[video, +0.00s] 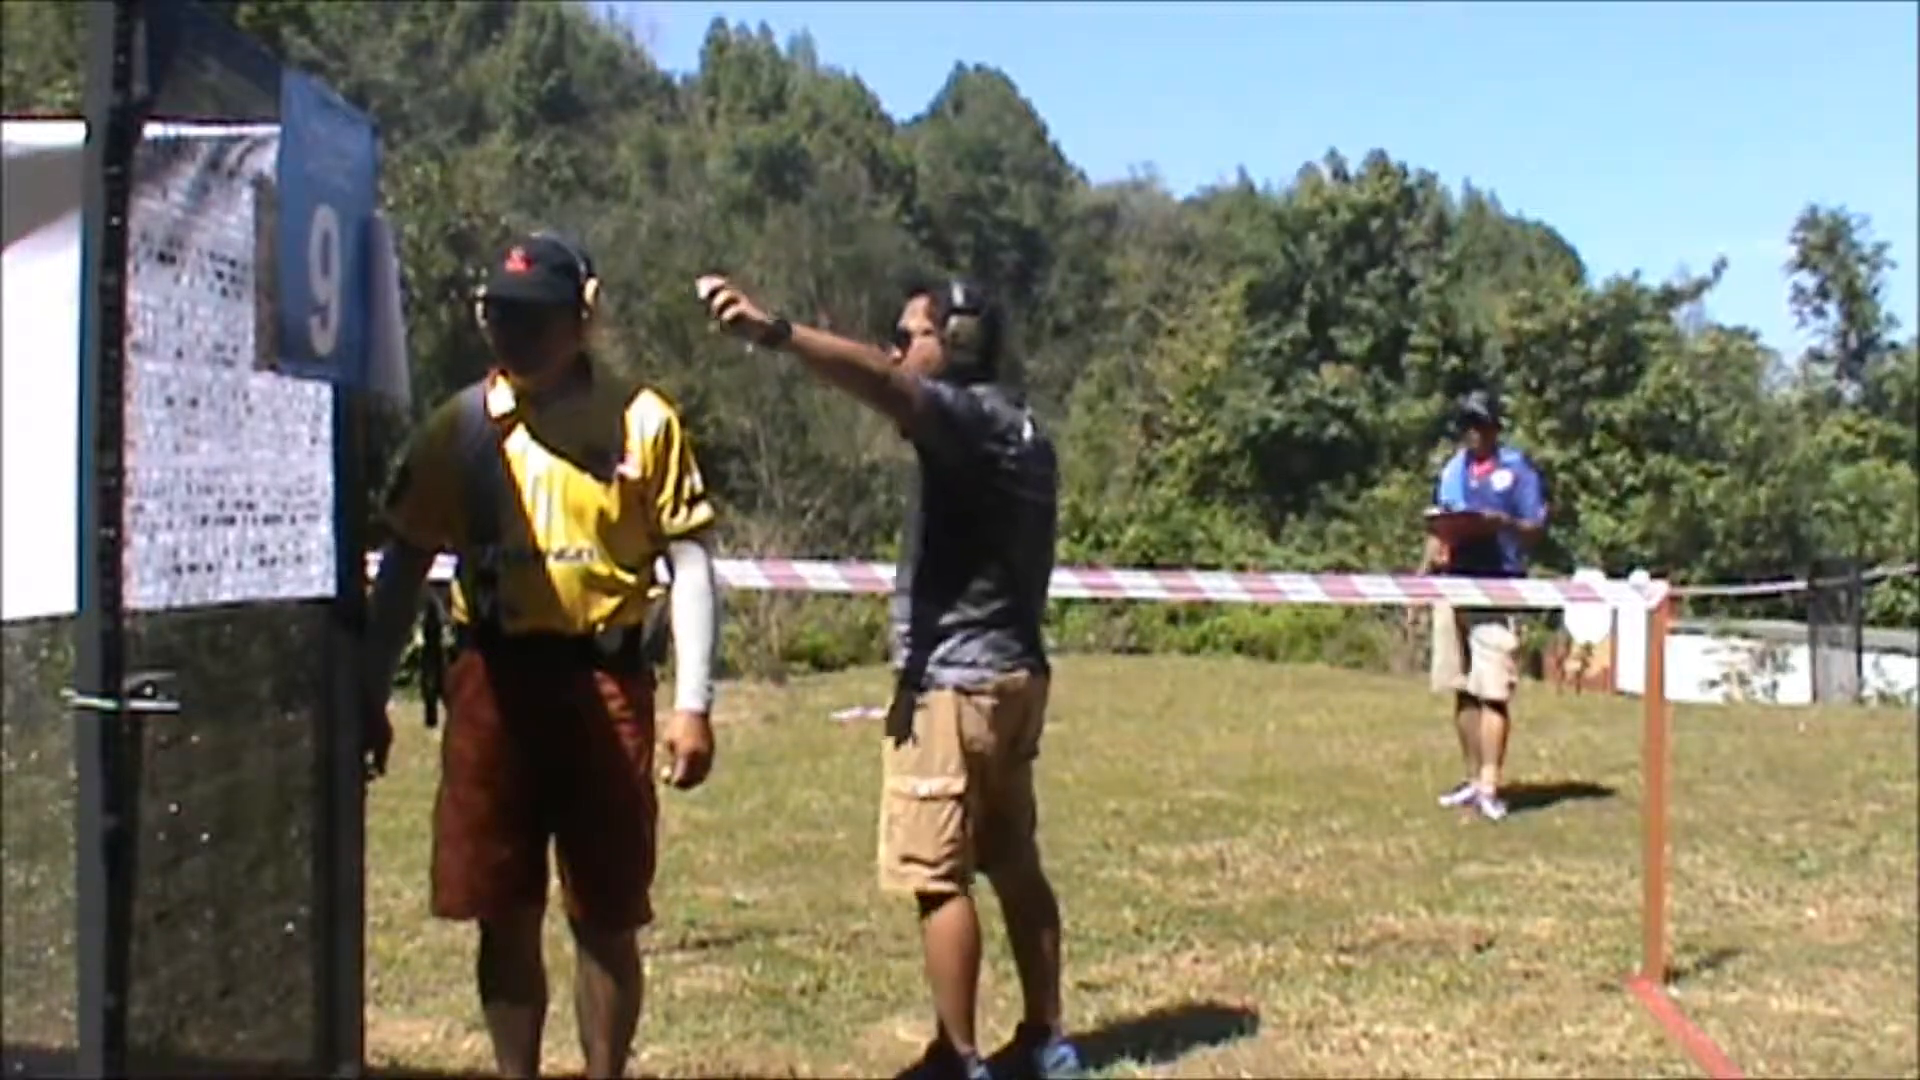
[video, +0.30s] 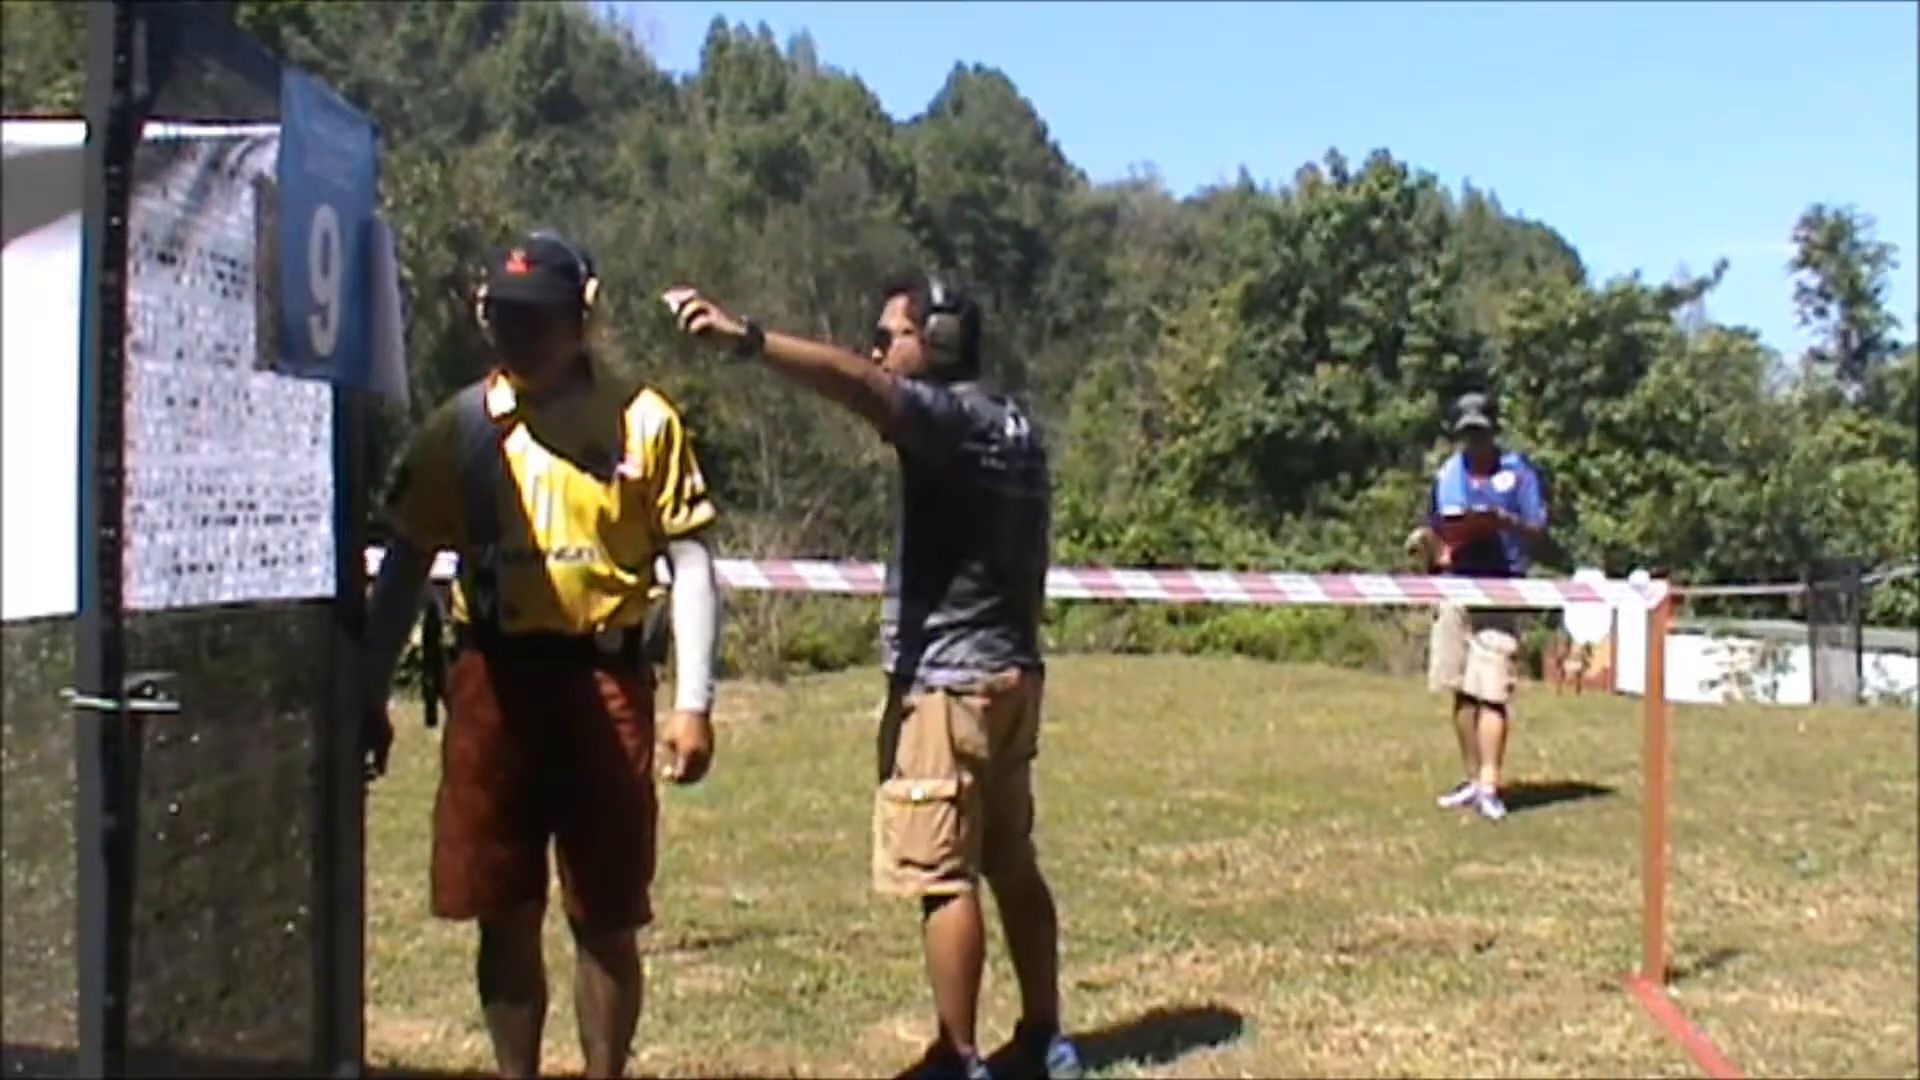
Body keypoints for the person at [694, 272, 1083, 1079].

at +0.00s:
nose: (898, 351)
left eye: (911, 338)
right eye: (901, 336)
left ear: (953, 347)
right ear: (980, 350)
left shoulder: (963, 417)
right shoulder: (1026, 433)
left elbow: (883, 380)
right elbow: (1020, 571)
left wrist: (778, 330)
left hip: (956, 677)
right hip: (1016, 672)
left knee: (938, 875)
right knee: (1015, 863)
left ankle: (954, 1052)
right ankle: (1046, 1035)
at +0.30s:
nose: (879, 351)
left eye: (892, 337)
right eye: (881, 335)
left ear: (936, 344)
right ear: (961, 346)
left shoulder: (946, 415)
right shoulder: (1018, 426)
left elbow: (859, 381)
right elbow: (1022, 566)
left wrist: (747, 337)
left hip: (950, 675)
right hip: (1013, 671)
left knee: (944, 874)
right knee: (1012, 863)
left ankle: (955, 1053)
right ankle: (1044, 1036)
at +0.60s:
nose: (864, 355)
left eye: (877, 340)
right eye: (865, 339)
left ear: (928, 343)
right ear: (948, 346)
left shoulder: (936, 414)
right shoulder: (1008, 423)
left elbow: (849, 381)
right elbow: (1017, 565)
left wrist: (735, 334)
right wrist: (999, 647)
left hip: (943, 675)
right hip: (1005, 670)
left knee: (940, 876)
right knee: (1006, 861)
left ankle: (954, 1054)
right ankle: (1042, 1033)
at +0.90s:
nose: (860, 356)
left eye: (872, 341)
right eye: (859, 341)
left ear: (922, 343)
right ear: (942, 347)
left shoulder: (932, 412)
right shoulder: (1003, 425)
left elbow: (846, 379)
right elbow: (1017, 560)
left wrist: (735, 332)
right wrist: (996, 642)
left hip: (941, 674)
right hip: (999, 669)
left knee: (939, 877)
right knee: (1002, 864)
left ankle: (954, 1054)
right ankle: (1041, 1031)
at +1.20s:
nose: (857, 358)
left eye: (868, 343)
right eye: (857, 343)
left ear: (918, 344)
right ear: (939, 346)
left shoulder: (931, 413)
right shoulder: (998, 421)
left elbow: (843, 380)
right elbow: (1012, 560)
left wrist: (730, 336)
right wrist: (990, 643)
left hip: (940, 674)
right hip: (995, 668)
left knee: (938, 877)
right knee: (998, 867)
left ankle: (954, 1054)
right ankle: (1039, 1029)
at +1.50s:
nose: (855, 357)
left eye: (868, 342)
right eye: (856, 341)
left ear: (919, 344)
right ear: (937, 347)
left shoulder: (932, 414)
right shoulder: (1001, 421)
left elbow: (842, 379)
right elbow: (1014, 560)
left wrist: (734, 335)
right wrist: (993, 643)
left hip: (941, 676)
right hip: (996, 670)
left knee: (939, 876)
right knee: (994, 865)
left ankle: (953, 1054)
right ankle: (1038, 1029)